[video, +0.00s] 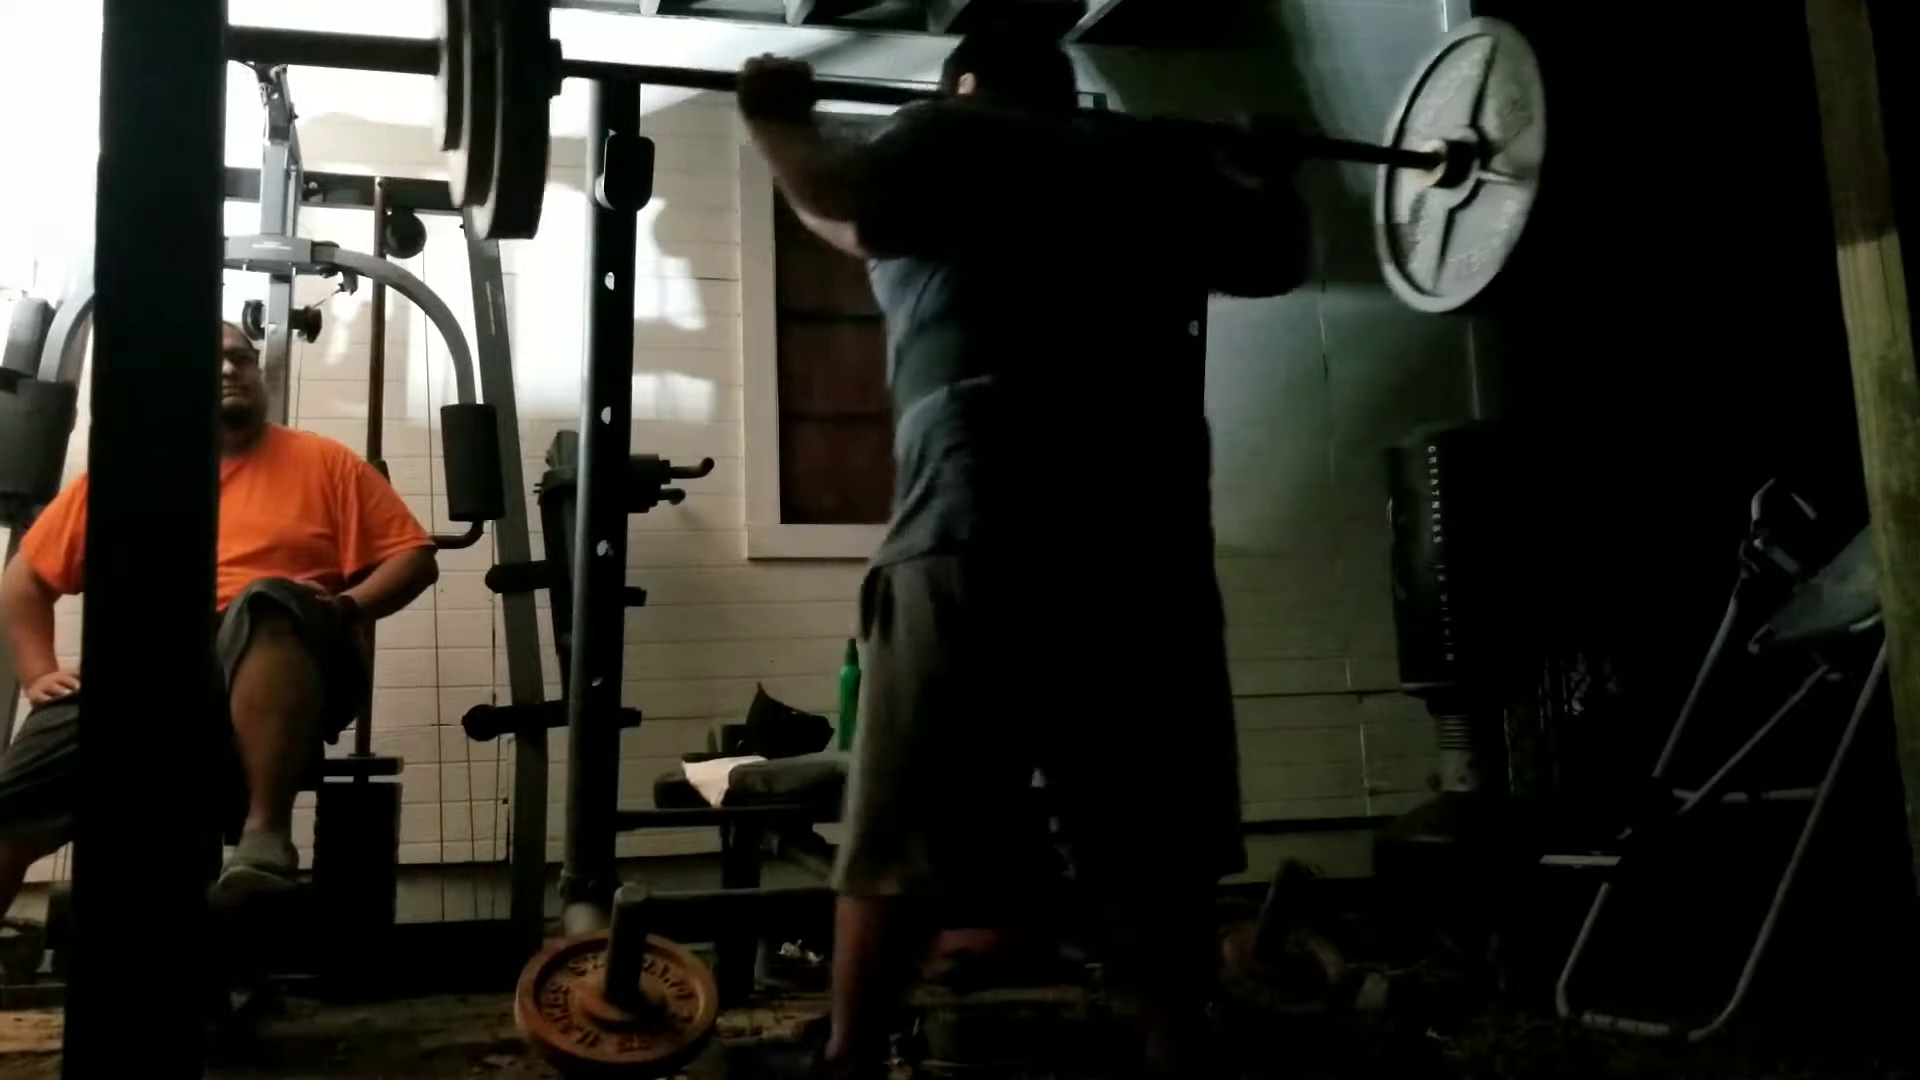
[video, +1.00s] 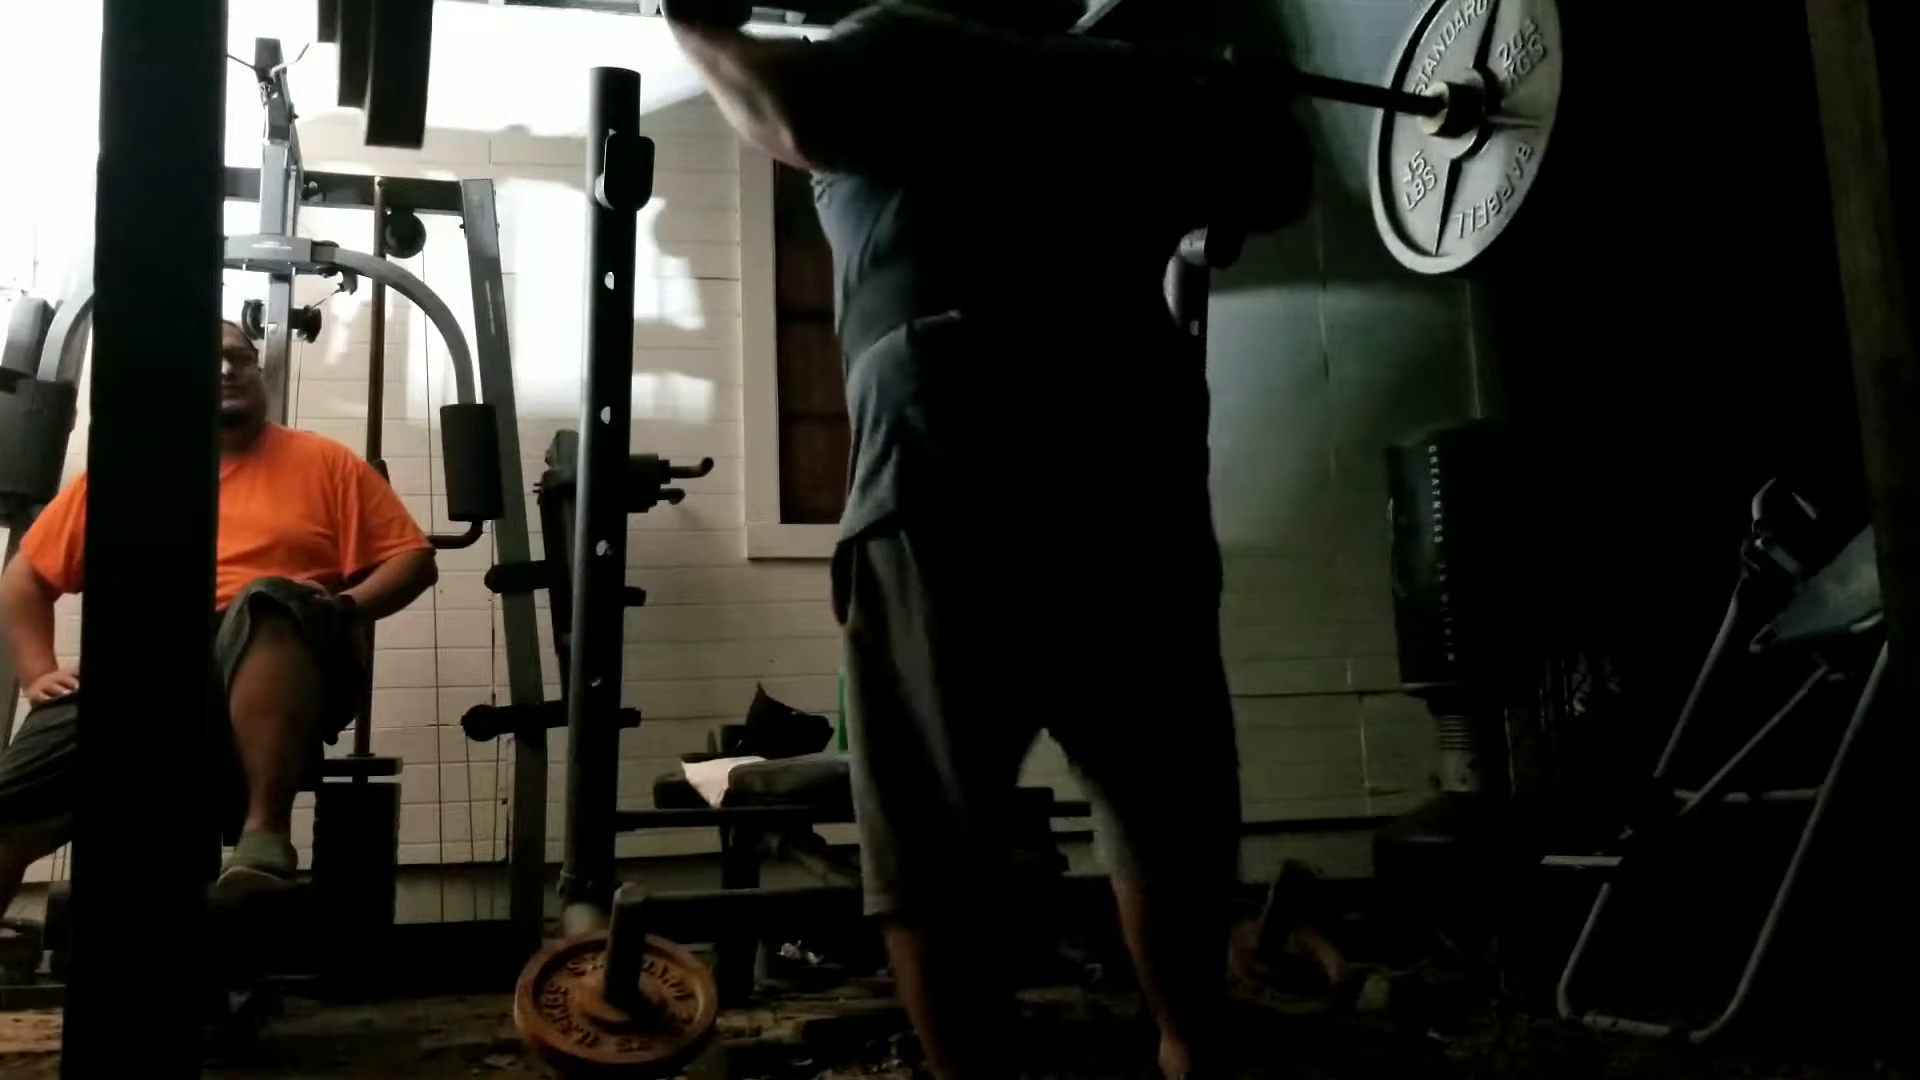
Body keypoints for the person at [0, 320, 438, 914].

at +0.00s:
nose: (230, 370)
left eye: (241, 358)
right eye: (213, 359)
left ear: (264, 376)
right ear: (186, 378)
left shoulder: (323, 463)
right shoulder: (133, 467)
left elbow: (414, 557)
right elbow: (24, 575)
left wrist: (349, 604)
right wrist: (38, 671)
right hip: (144, 666)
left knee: (272, 604)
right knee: (12, 809)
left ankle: (266, 830)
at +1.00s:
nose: (228, 370)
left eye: (240, 358)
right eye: (211, 360)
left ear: (263, 374)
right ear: (185, 378)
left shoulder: (325, 463)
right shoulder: (133, 466)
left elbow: (414, 558)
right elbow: (24, 575)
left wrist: (347, 603)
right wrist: (37, 670)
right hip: (144, 666)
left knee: (272, 603)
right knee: (13, 805)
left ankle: (265, 830)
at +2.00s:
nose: (227, 373)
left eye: (239, 360)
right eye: (211, 361)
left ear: (264, 375)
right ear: (186, 378)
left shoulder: (326, 465)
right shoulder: (132, 467)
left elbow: (414, 559)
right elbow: (25, 573)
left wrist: (350, 603)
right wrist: (38, 671)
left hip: (285, 664)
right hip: (145, 664)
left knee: (271, 604)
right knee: (12, 806)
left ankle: (265, 830)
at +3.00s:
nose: (225, 374)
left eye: (238, 361)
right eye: (209, 362)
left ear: (263, 377)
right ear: (184, 379)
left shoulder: (325, 464)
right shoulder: (130, 468)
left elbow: (413, 558)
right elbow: (24, 575)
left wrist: (349, 603)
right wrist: (38, 671)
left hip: (283, 667)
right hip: (143, 666)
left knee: (272, 604)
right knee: (10, 817)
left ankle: (264, 830)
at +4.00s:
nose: (226, 374)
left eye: (238, 362)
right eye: (210, 363)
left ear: (262, 376)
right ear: (185, 378)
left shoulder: (329, 464)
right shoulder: (131, 467)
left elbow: (408, 563)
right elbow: (24, 576)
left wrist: (347, 604)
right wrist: (37, 671)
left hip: (289, 666)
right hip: (147, 664)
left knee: (271, 604)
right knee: (9, 811)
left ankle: (265, 831)